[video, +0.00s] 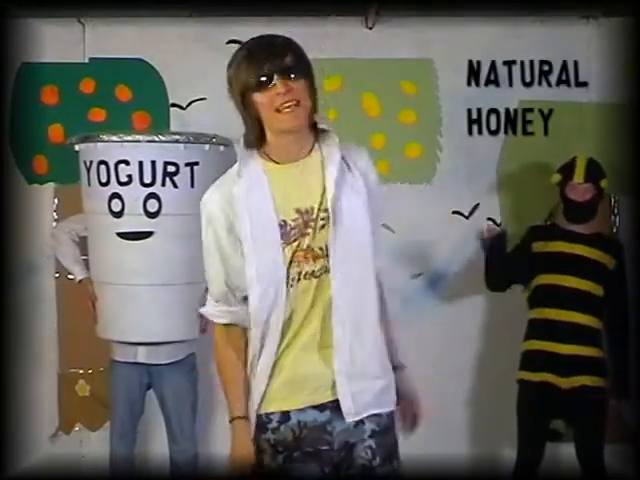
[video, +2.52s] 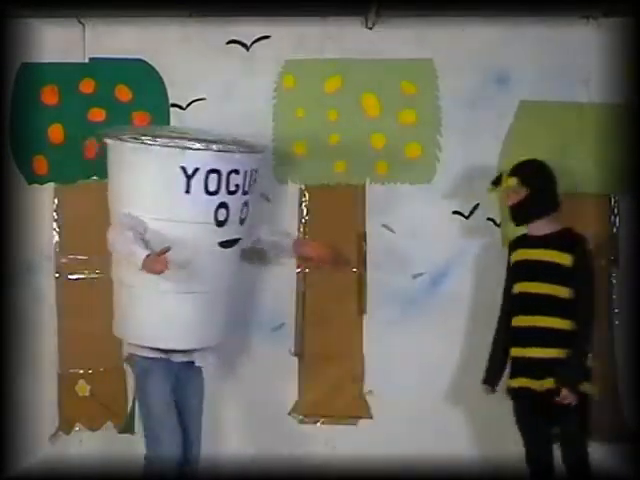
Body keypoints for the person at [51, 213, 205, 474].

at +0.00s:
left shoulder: (189, 227)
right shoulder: (112, 222)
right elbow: (62, 230)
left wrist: (211, 298)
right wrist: (83, 278)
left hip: (176, 353)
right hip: (125, 353)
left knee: (184, 448)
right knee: (121, 448)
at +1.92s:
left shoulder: (188, 225)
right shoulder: (109, 218)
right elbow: (58, 237)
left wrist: (217, 307)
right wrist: (85, 282)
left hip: (174, 355)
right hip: (124, 356)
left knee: (184, 451)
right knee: (118, 452)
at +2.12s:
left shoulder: (190, 232)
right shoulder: (112, 222)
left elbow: (234, 248)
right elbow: (63, 241)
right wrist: (95, 281)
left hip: (175, 359)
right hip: (125, 359)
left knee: (184, 448)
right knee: (120, 452)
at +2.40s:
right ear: (161, 178)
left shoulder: (211, 219)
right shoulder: (137, 213)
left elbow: (254, 236)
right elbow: (100, 236)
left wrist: (300, 259)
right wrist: (123, 267)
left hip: (188, 355)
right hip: (143, 355)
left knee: (188, 455)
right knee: (153, 450)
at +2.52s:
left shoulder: (215, 217)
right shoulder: (149, 205)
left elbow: (250, 239)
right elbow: (119, 234)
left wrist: (299, 248)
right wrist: (143, 258)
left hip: (189, 351)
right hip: (148, 349)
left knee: (190, 455)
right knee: (166, 454)